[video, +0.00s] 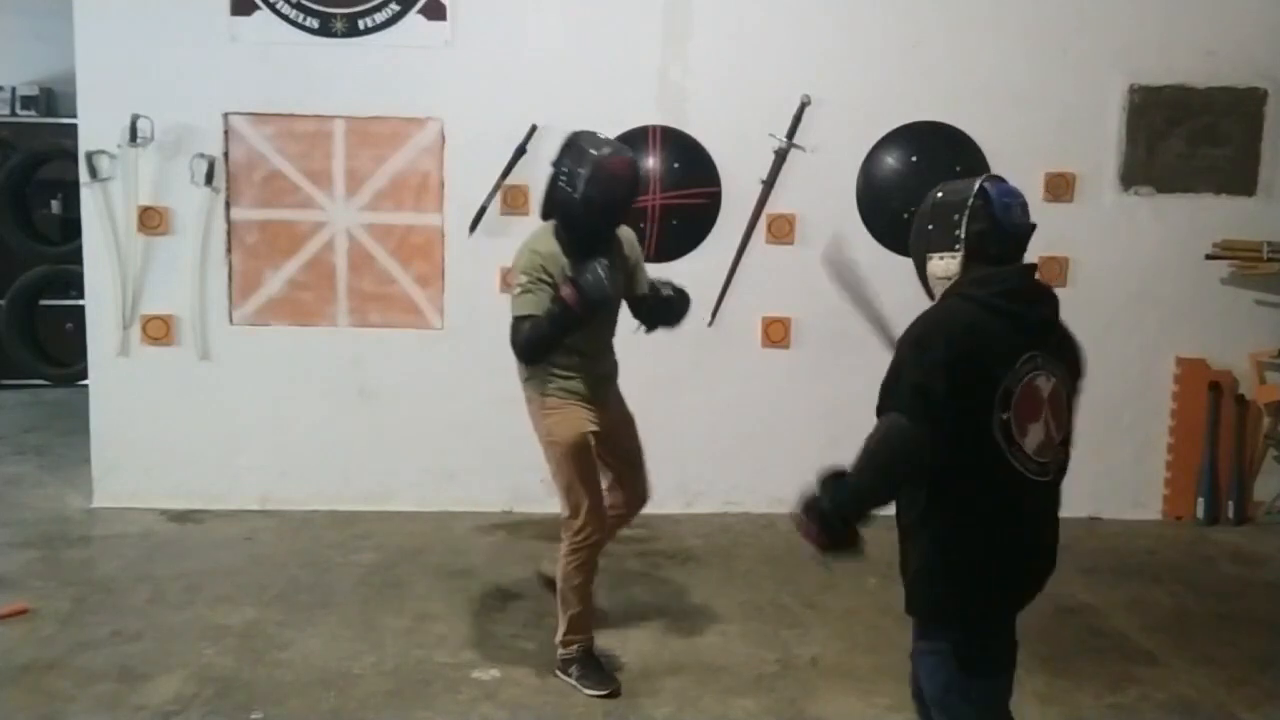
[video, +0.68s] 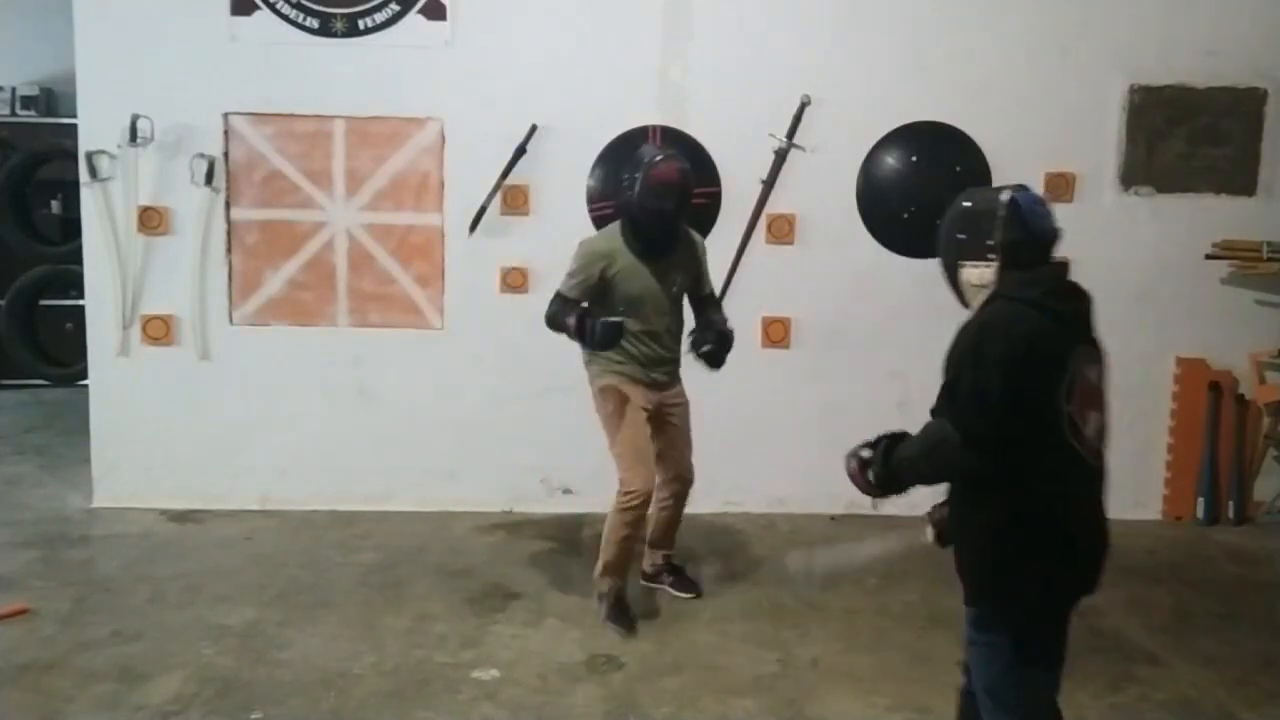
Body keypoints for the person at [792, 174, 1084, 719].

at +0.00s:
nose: (925, 259)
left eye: (932, 245)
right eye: (928, 245)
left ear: (952, 248)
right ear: (1008, 246)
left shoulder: (940, 332)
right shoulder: (1049, 328)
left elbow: (903, 442)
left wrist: (836, 505)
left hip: (955, 558)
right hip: (1022, 548)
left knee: (949, 692)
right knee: (981, 683)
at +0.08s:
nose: (914, 249)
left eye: (923, 235)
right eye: (916, 235)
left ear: (949, 243)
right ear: (993, 242)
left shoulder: (951, 323)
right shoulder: (1020, 304)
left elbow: (915, 435)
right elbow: (990, 403)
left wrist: (832, 479)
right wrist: (916, 372)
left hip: (963, 558)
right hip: (1013, 545)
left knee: (960, 697)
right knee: (988, 691)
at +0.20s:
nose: (891, 258)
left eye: (897, 245)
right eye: (893, 245)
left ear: (925, 251)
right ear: (967, 245)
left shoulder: (966, 322)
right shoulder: (967, 311)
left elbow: (952, 431)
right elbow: (900, 366)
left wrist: (853, 460)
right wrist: (830, 349)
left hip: (997, 561)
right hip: (992, 551)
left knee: (977, 700)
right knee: (961, 685)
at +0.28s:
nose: (889, 261)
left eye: (895, 247)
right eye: (892, 248)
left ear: (922, 248)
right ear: (962, 245)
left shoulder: (969, 317)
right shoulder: (952, 312)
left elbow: (965, 423)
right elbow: (892, 379)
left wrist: (871, 458)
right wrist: (813, 383)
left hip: (1000, 551)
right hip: (983, 544)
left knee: (980, 696)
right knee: (960, 680)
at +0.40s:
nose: (899, 269)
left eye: (902, 253)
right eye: (899, 255)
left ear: (931, 247)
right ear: (966, 241)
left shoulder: (964, 309)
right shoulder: (985, 301)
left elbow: (962, 413)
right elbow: (956, 420)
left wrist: (878, 461)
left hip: (998, 547)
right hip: (998, 540)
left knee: (991, 691)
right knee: (960, 671)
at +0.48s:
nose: (912, 268)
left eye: (916, 253)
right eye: (912, 254)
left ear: (943, 249)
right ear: (979, 243)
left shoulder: (970, 311)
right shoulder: (1005, 300)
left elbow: (953, 418)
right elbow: (994, 424)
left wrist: (875, 465)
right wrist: (919, 487)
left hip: (997, 550)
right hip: (1012, 540)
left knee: (992, 693)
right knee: (963, 671)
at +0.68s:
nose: (955, 269)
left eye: (960, 255)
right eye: (956, 255)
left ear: (984, 256)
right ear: (1028, 251)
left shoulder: (999, 327)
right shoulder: (1061, 310)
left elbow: (963, 439)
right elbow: (1045, 442)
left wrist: (888, 465)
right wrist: (967, 505)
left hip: (1011, 557)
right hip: (1055, 546)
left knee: (1005, 699)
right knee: (1007, 691)